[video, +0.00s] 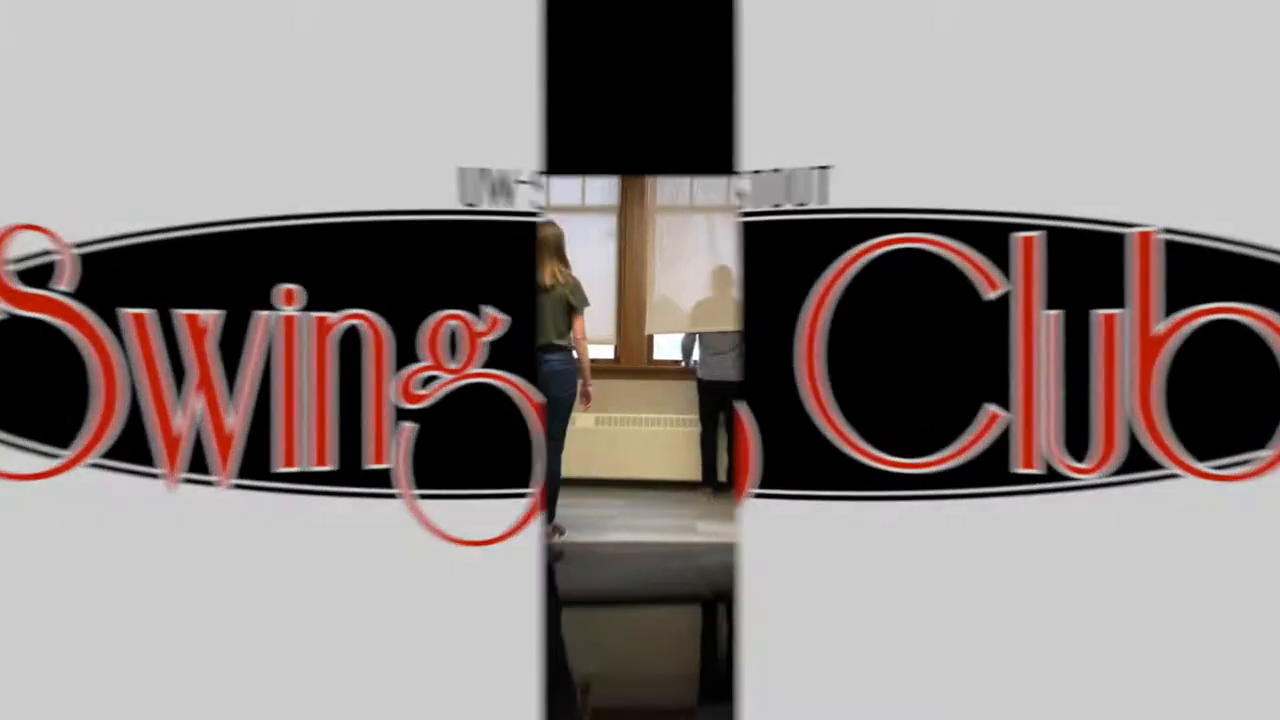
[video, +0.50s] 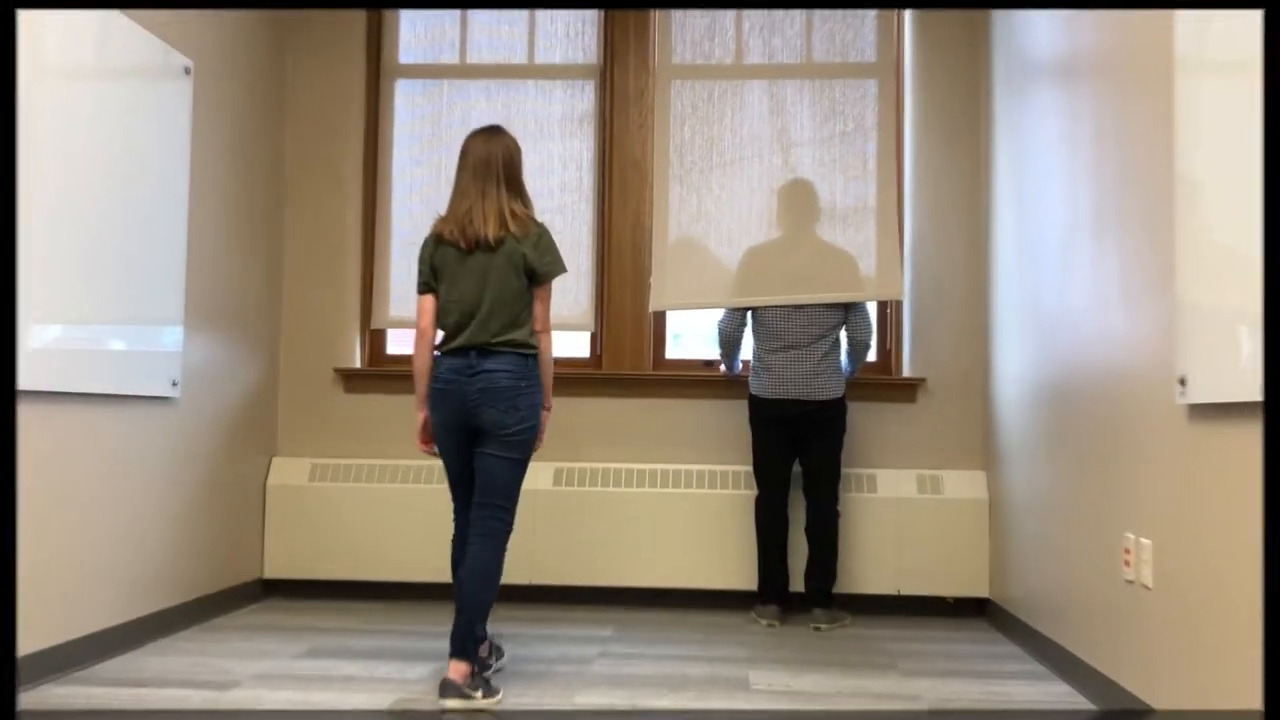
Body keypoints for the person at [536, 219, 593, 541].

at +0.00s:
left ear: (533, 248)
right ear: (560, 247)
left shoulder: (524, 281)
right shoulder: (567, 284)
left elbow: (578, 336)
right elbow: (578, 336)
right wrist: (586, 378)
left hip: (524, 365)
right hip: (558, 365)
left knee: (529, 440)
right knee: (553, 444)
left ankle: (530, 518)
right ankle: (545, 520)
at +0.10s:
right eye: (550, 224)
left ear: (514, 227)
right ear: (549, 228)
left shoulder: (498, 272)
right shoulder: (561, 270)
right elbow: (573, 331)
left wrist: (481, 380)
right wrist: (582, 378)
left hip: (507, 370)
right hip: (548, 369)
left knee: (513, 458)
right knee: (535, 463)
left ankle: (501, 532)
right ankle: (528, 557)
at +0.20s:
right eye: (541, 203)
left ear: (499, 207)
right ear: (539, 209)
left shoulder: (481, 258)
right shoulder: (553, 257)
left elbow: (464, 324)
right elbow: (567, 327)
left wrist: (461, 383)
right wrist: (575, 379)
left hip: (489, 374)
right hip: (536, 374)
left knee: (502, 472)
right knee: (520, 477)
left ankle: (494, 571)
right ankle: (508, 584)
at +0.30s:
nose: (536, 195)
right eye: (532, 187)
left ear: (484, 192)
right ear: (529, 193)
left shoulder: (463, 249)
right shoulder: (544, 247)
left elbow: (447, 328)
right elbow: (557, 326)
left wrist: (446, 389)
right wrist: (563, 382)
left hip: (473, 378)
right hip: (526, 376)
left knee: (489, 491)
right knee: (506, 496)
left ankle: (491, 603)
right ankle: (490, 617)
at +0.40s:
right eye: (521, 171)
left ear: (471, 178)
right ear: (520, 178)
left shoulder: (448, 241)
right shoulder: (536, 238)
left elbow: (434, 328)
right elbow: (543, 326)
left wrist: (431, 397)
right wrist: (548, 394)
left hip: (458, 382)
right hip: (517, 380)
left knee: (477, 506)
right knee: (494, 513)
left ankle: (485, 614)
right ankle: (473, 649)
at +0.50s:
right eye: (516, 164)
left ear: (463, 171)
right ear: (515, 172)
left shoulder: (439, 239)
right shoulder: (532, 235)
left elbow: (426, 331)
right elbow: (541, 329)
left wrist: (423, 403)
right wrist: (545, 399)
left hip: (450, 386)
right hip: (512, 386)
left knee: (465, 517)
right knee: (492, 524)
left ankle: (473, 639)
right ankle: (460, 665)